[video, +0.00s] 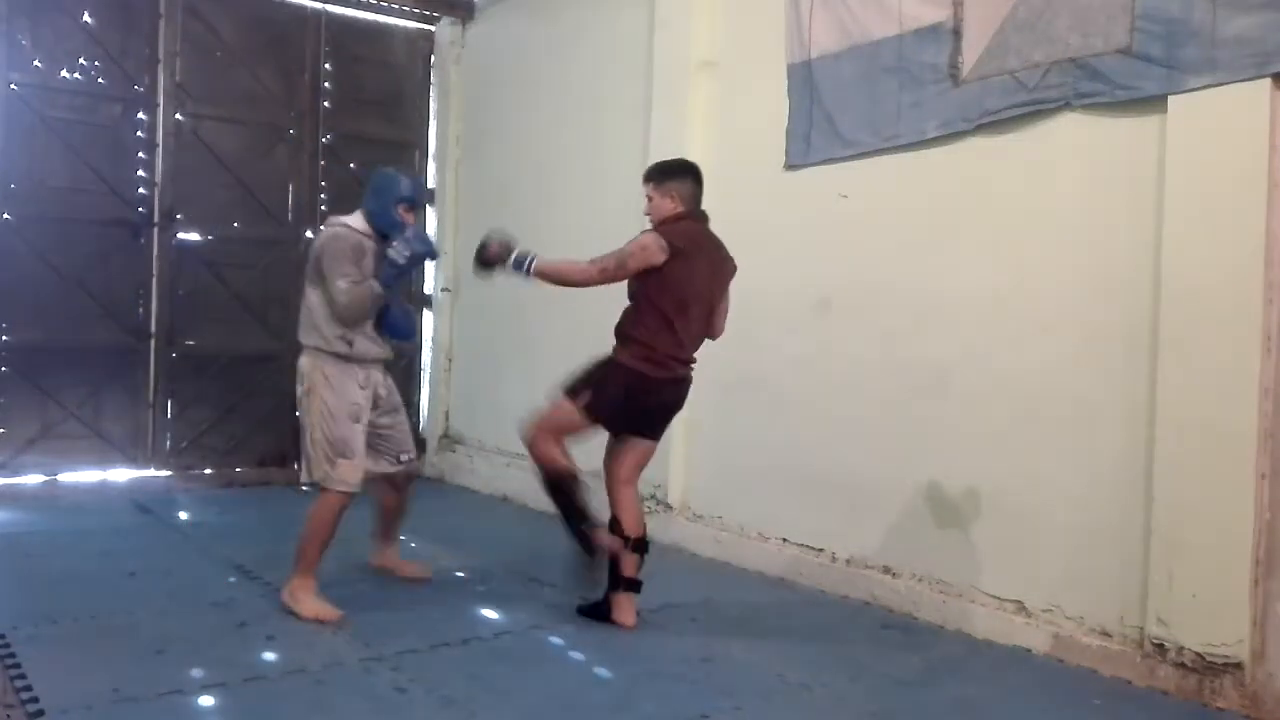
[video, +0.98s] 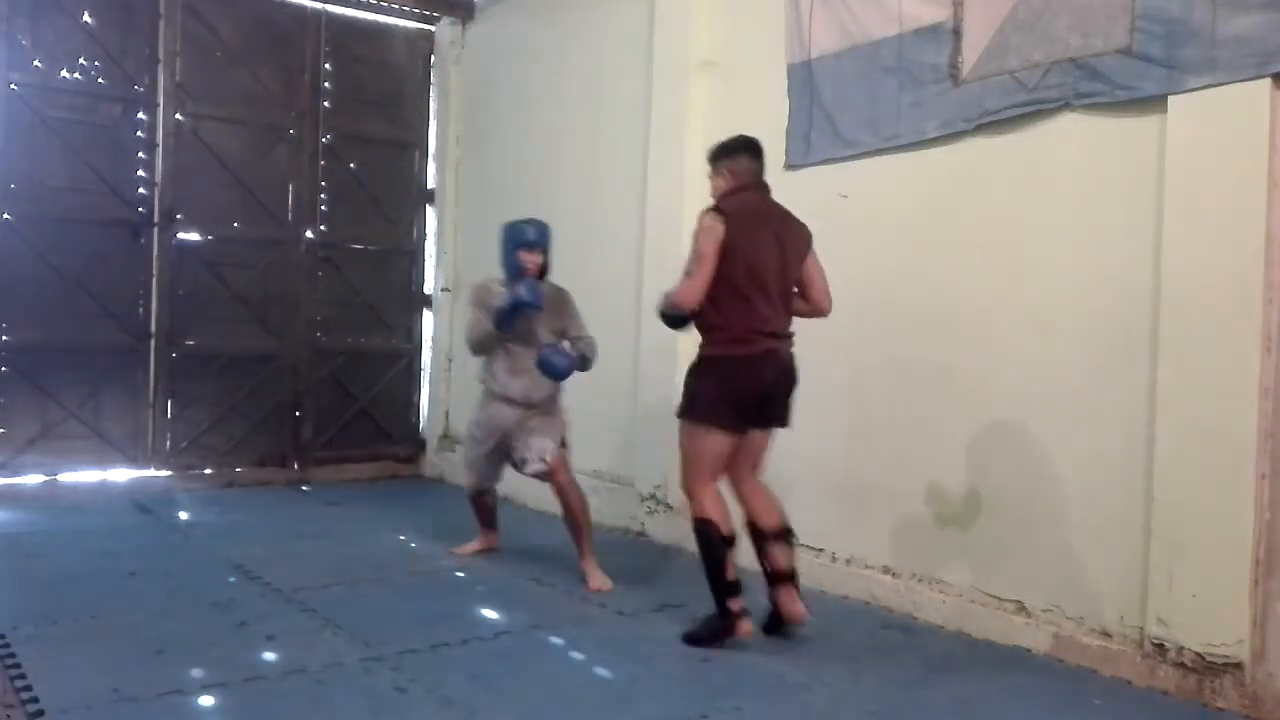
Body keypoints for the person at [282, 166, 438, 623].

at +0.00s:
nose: (409, 217)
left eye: (413, 209)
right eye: (404, 206)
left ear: (406, 211)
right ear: (379, 203)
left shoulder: (387, 246)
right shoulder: (341, 236)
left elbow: (381, 311)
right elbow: (347, 305)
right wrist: (392, 271)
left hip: (372, 368)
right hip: (331, 368)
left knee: (400, 467)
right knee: (342, 479)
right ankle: (300, 584)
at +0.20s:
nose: (430, 239)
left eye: (434, 230)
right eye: (423, 228)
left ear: (433, 231)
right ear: (400, 225)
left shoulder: (431, 269)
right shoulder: (364, 257)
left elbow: (450, 332)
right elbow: (382, 314)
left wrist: (434, 350)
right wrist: (444, 291)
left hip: (411, 379)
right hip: (362, 379)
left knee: (434, 471)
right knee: (342, 479)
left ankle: (435, 553)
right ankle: (303, 580)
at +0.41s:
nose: (448, 225)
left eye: (454, 219)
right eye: (442, 215)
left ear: (458, 224)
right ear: (421, 213)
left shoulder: (458, 266)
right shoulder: (383, 251)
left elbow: (455, 323)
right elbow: (355, 303)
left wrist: (434, 314)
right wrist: (391, 301)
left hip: (436, 382)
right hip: (385, 379)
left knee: (450, 465)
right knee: (367, 461)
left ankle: (443, 546)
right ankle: (355, 531)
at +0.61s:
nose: (448, 257)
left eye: (454, 250)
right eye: (440, 248)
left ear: (461, 255)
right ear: (423, 250)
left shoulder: (469, 299)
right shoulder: (397, 292)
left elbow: (482, 348)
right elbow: (384, 345)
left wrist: (463, 376)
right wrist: (419, 339)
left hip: (451, 407)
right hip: (408, 404)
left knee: (453, 483)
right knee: (385, 477)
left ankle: (455, 543)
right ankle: (392, 530)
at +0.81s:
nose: (484, 238)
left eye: (491, 230)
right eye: (477, 230)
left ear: (500, 234)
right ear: (464, 233)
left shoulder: (514, 273)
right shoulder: (445, 271)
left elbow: (540, 316)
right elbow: (423, 317)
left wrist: (526, 340)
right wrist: (450, 307)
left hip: (505, 381)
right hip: (458, 380)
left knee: (520, 458)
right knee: (432, 457)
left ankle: (526, 540)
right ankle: (442, 516)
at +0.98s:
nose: (532, 259)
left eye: (538, 252)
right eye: (524, 251)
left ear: (546, 257)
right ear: (509, 254)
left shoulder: (557, 298)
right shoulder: (489, 293)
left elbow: (584, 347)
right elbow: (475, 343)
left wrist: (572, 358)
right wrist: (505, 314)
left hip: (542, 411)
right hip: (497, 407)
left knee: (560, 476)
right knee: (477, 481)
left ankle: (587, 559)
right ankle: (488, 537)